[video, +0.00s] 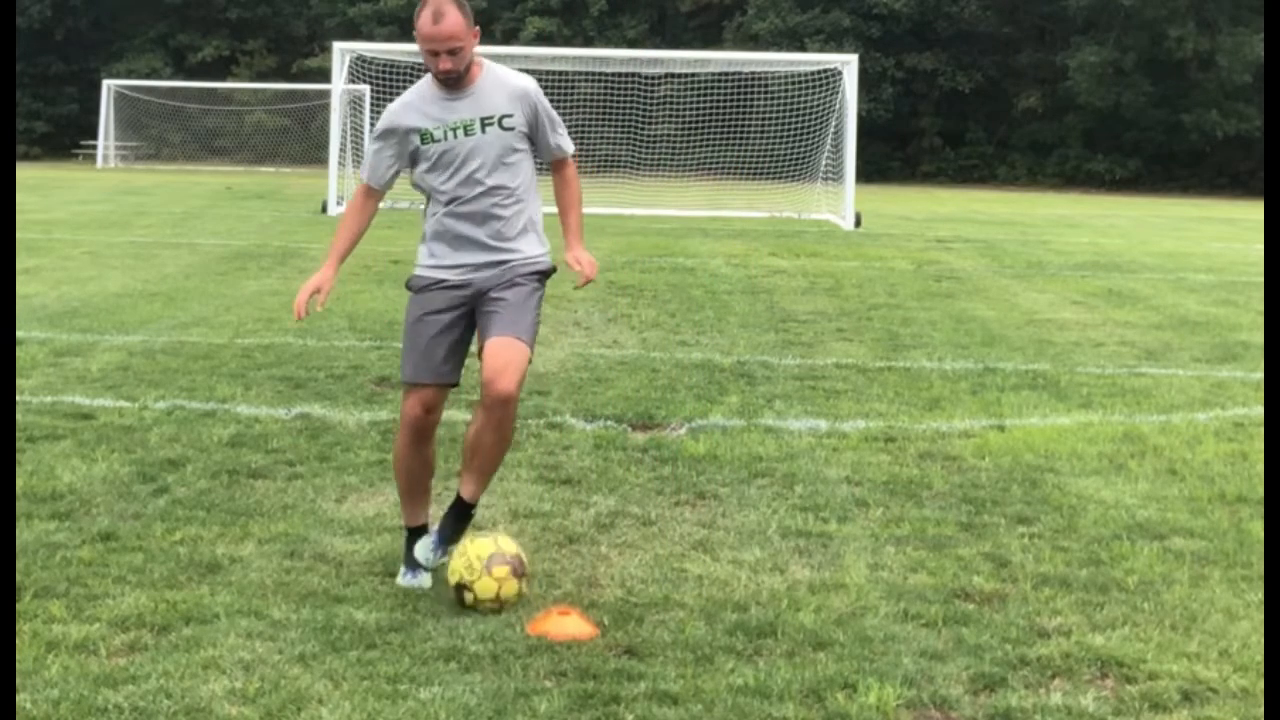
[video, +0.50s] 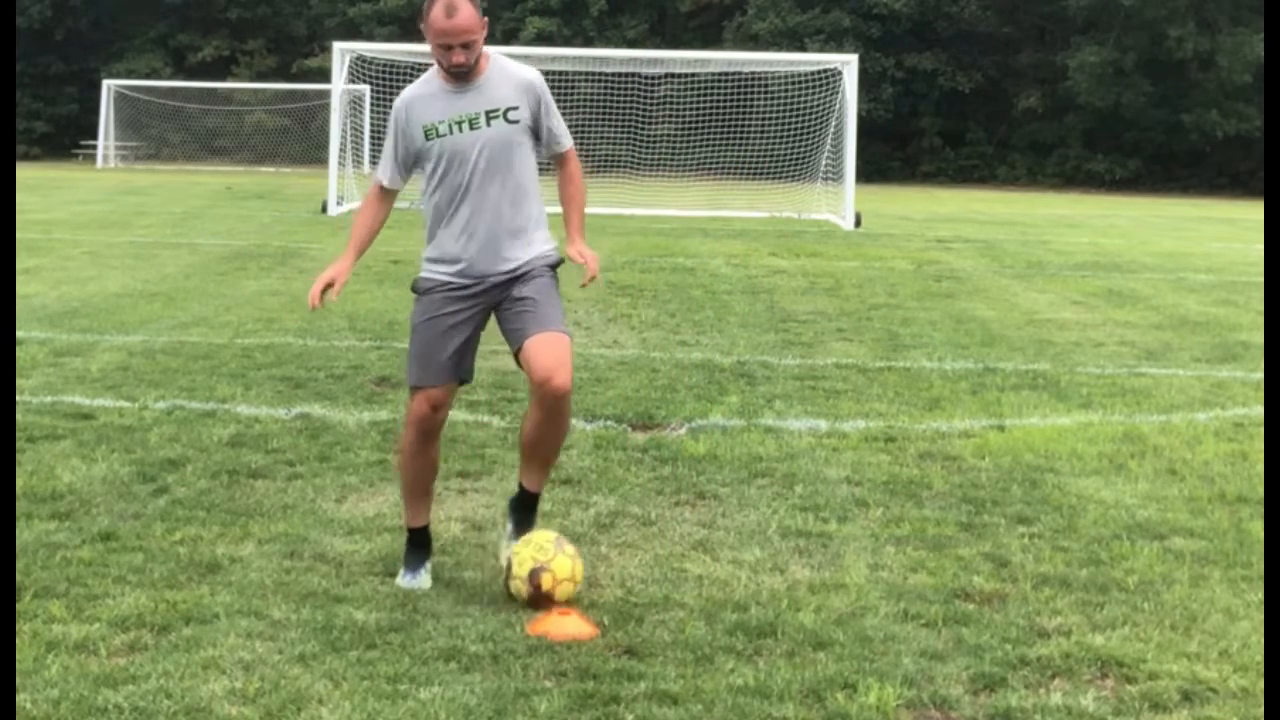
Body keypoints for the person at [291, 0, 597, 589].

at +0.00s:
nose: (443, 64)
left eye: (453, 52)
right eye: (432, 54)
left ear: (475, 35)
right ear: (418, 44)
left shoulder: (519, 92)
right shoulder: (404, 113)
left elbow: (563, 163)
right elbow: (367, 194)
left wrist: (573, 242)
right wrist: (329, 266)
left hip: (516, 268)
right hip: (440, 273)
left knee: (502, 390)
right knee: (420, 411)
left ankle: (454, 526)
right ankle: (415, 548)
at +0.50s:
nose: (458, 57)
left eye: (468, 45)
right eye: (446, 47)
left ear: (484, 30)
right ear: (426, 37)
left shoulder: (524, 84)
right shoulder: (411, 105)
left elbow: (565, 157)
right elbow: (382, 191)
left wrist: (575, 237)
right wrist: (346, 260)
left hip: (527, 265)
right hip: (448, 275)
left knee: (556, 384)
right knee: (427, 407)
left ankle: (524, 514)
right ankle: (417, 546)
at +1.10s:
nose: (497, 55)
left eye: (506, 42)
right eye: (485, 45)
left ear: (521, 27)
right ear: (461, 33)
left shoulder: (554, 79)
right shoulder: (436, 100)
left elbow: (585, 158)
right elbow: (413, 184)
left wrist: (604, 234)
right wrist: (391, 264)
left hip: (556, 255)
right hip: (478, 269)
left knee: (618, 366)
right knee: (474, 408)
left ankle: (613, 507)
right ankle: (486, 548)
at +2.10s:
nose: (588, 40)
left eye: (598, 28)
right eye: (575, 30)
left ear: (612, 15)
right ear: (551, 18)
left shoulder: (638, 68)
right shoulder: (521, 83)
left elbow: (664, 138)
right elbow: (488, 166)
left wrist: (682, 211)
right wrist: (476, 255)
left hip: (631, 246)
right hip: (554, 255)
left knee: (674, 377)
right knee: (546, 394)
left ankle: (671, 531)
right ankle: (525, 511)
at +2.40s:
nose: (623, 67)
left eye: (634, 55)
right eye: (611, 55)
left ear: (650, 44)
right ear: (589, 42)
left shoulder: (672, 103)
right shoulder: (554, 108)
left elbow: (704, 178)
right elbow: (513, 187)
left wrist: (719, 243)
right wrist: (490, 277)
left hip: (648, 273)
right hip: (574, 271)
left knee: (673, 413)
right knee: (580, 376)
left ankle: (673, 560)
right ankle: (580, 477)